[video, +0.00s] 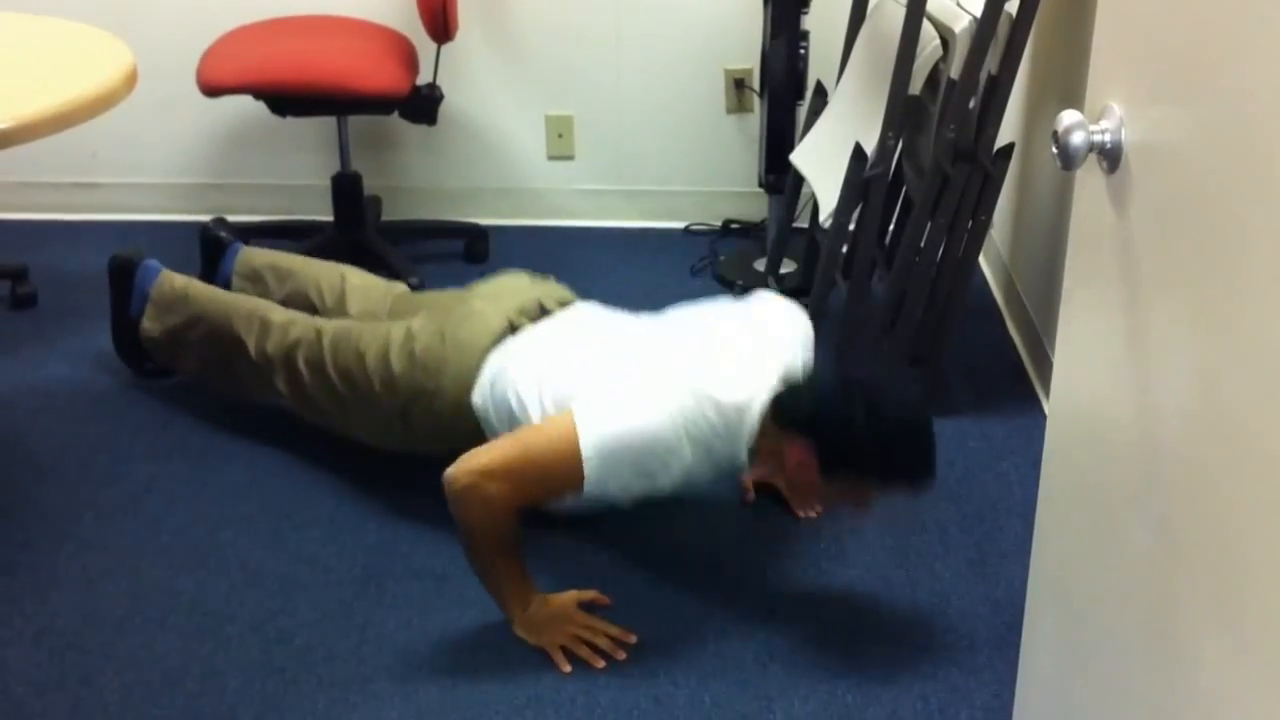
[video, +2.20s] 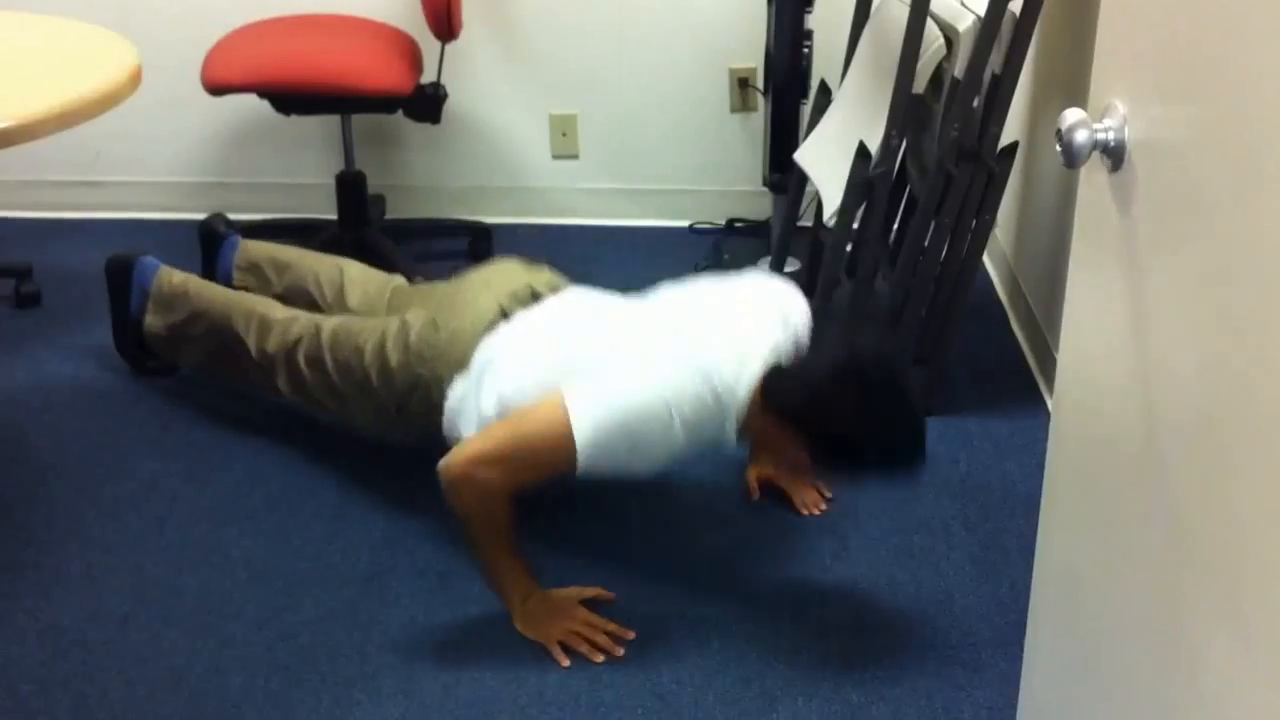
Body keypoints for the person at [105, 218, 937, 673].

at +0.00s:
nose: (841, 514)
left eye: (858, 505)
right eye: (846, 499)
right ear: (804, 454)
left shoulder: (786, 325)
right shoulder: (664, 434)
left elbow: (714, 328)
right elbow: (472, 485)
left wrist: (763, 453)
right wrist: (526, 608)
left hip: (542, 302)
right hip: (471, 377)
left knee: (391, 306)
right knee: (297, 357)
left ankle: (245, 257)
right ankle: (159, 306)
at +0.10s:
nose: (847, 426)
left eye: (864, 417)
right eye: (852, 413)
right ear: (800, 372)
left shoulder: (777, 275)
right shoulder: (655, 366)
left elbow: (761, 359)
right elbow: (482, 473)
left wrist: (759, 453)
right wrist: (526, 606)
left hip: (524, 267)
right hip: (463, 340)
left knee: (376, 287)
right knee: (293, 344)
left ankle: (242, 255)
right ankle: (158, 309)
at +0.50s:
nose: (837, 471)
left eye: (850, 467)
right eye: (843, 460)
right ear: (803, 421)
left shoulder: (785, 295)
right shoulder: (663, 394)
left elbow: (747, 372)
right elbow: (472, 469)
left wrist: (762, 447)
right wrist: (527, 607)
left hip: (536, 288)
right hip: (466, 364)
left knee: (382, 297)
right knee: (296, 353)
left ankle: (246, 257)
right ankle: (158, 307)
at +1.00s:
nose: (838, 395)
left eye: (857, 387)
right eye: (842, 380)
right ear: (791, 340)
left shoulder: (770, 248)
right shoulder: (644, 345)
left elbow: (765, 357)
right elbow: (493, 462)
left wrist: (762, 454)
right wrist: (527, 606)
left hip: (522, 255)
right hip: (462, 325)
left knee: (375, 282)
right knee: (295, 337)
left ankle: (245, 250)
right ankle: (157, 308)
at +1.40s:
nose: (841, 513)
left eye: (856, 501)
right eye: (843, 498)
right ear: (804, 454)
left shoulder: (788, 320)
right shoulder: (663, 436)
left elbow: (695, 321)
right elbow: (473, 481)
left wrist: (751, 443)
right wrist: (527, 606)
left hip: (538, 301)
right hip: (461, 379)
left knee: (391, 305)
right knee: (292, 355)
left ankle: (242, 254)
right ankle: (161, 304)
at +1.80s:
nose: (824, 400)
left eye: (840, 392)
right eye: (825, 385)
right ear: (779, 345)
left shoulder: (766, 251)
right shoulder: (636, 350)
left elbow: (762, 357)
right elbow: (482, 468)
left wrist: (763, 453)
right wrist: (527, 604)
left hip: (518, 253)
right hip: (455, 325)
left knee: (373, 277)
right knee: (294, 332)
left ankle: (238, 248)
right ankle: (155, 303)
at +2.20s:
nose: (818, 471)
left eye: (830, 469)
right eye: (825, 461)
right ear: (795, 428)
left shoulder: (781, 299)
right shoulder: (659, 409)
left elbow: (756, 371)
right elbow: (468, 474)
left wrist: (766, 446)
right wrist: (527, 602)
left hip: (532, 290)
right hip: (457, 369)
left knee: (384, 296)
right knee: (290, 351)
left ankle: (238, 250)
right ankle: (156, 300)